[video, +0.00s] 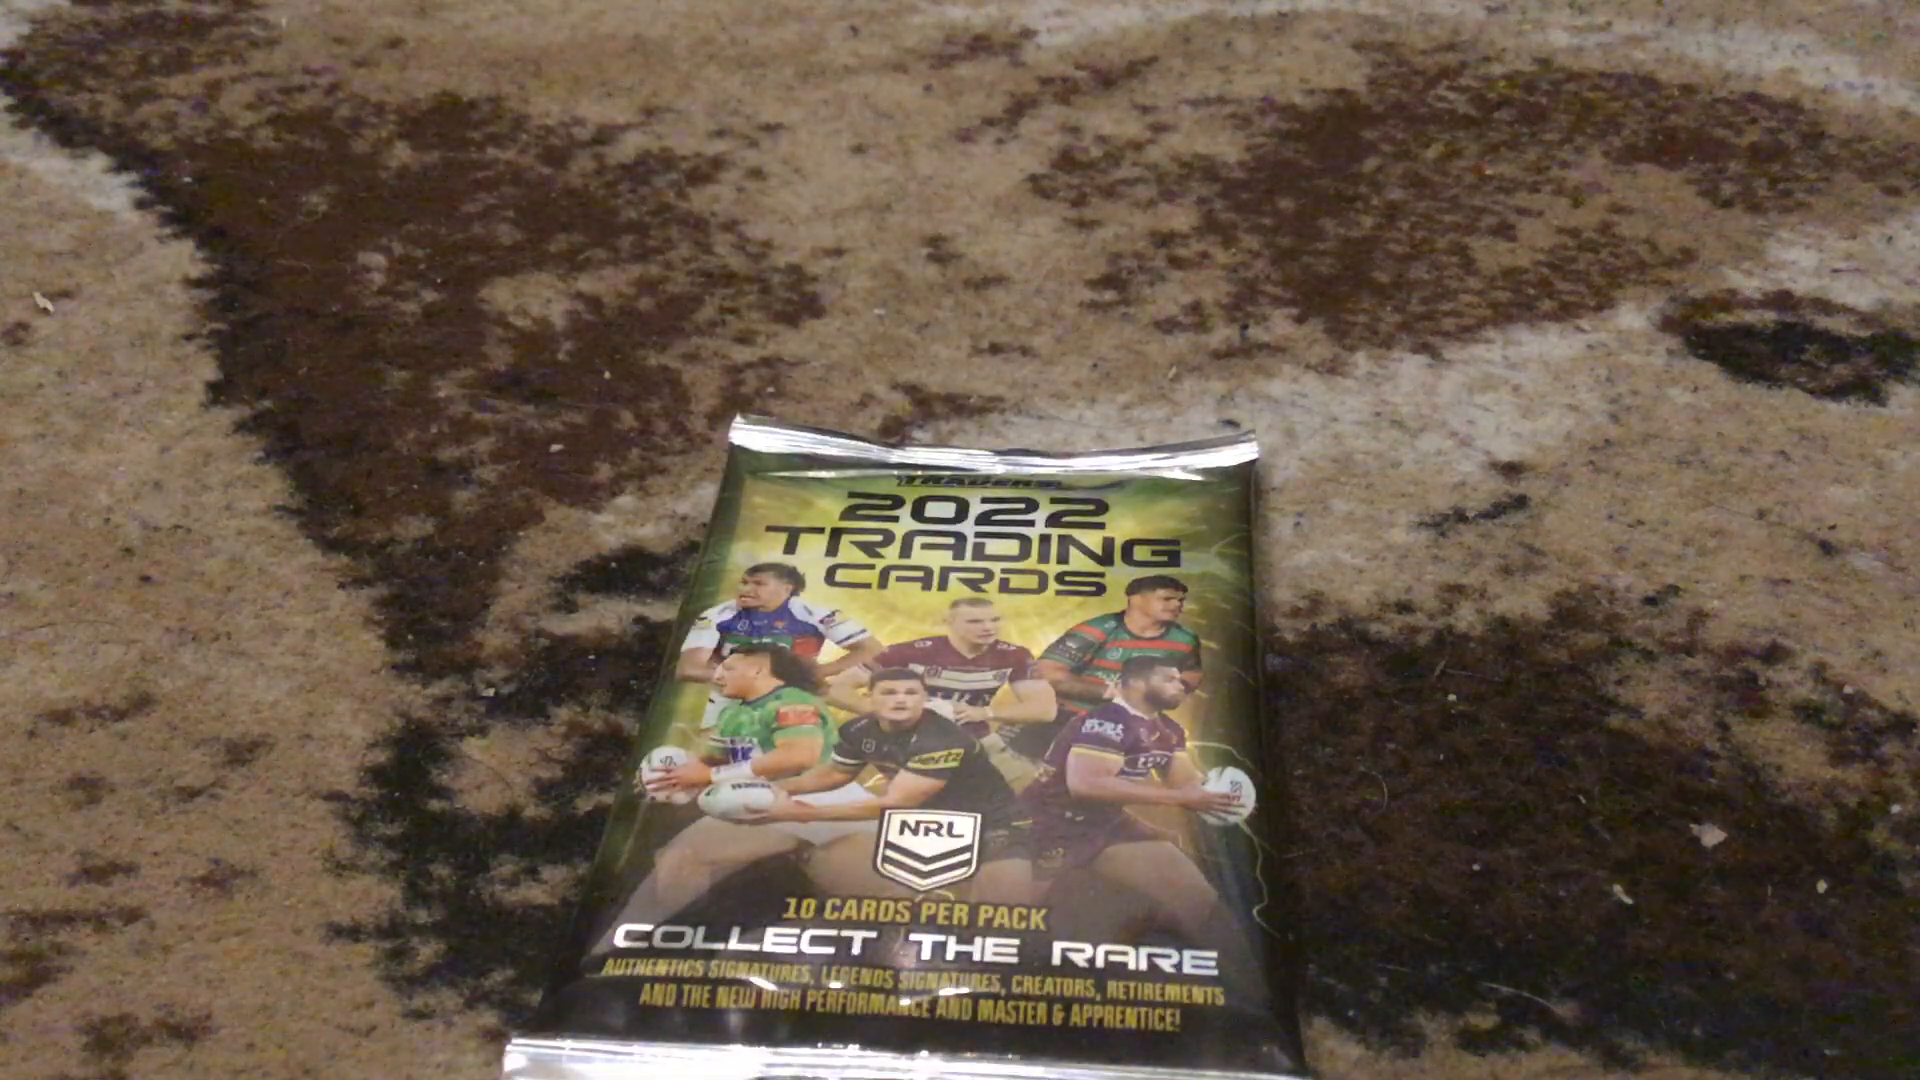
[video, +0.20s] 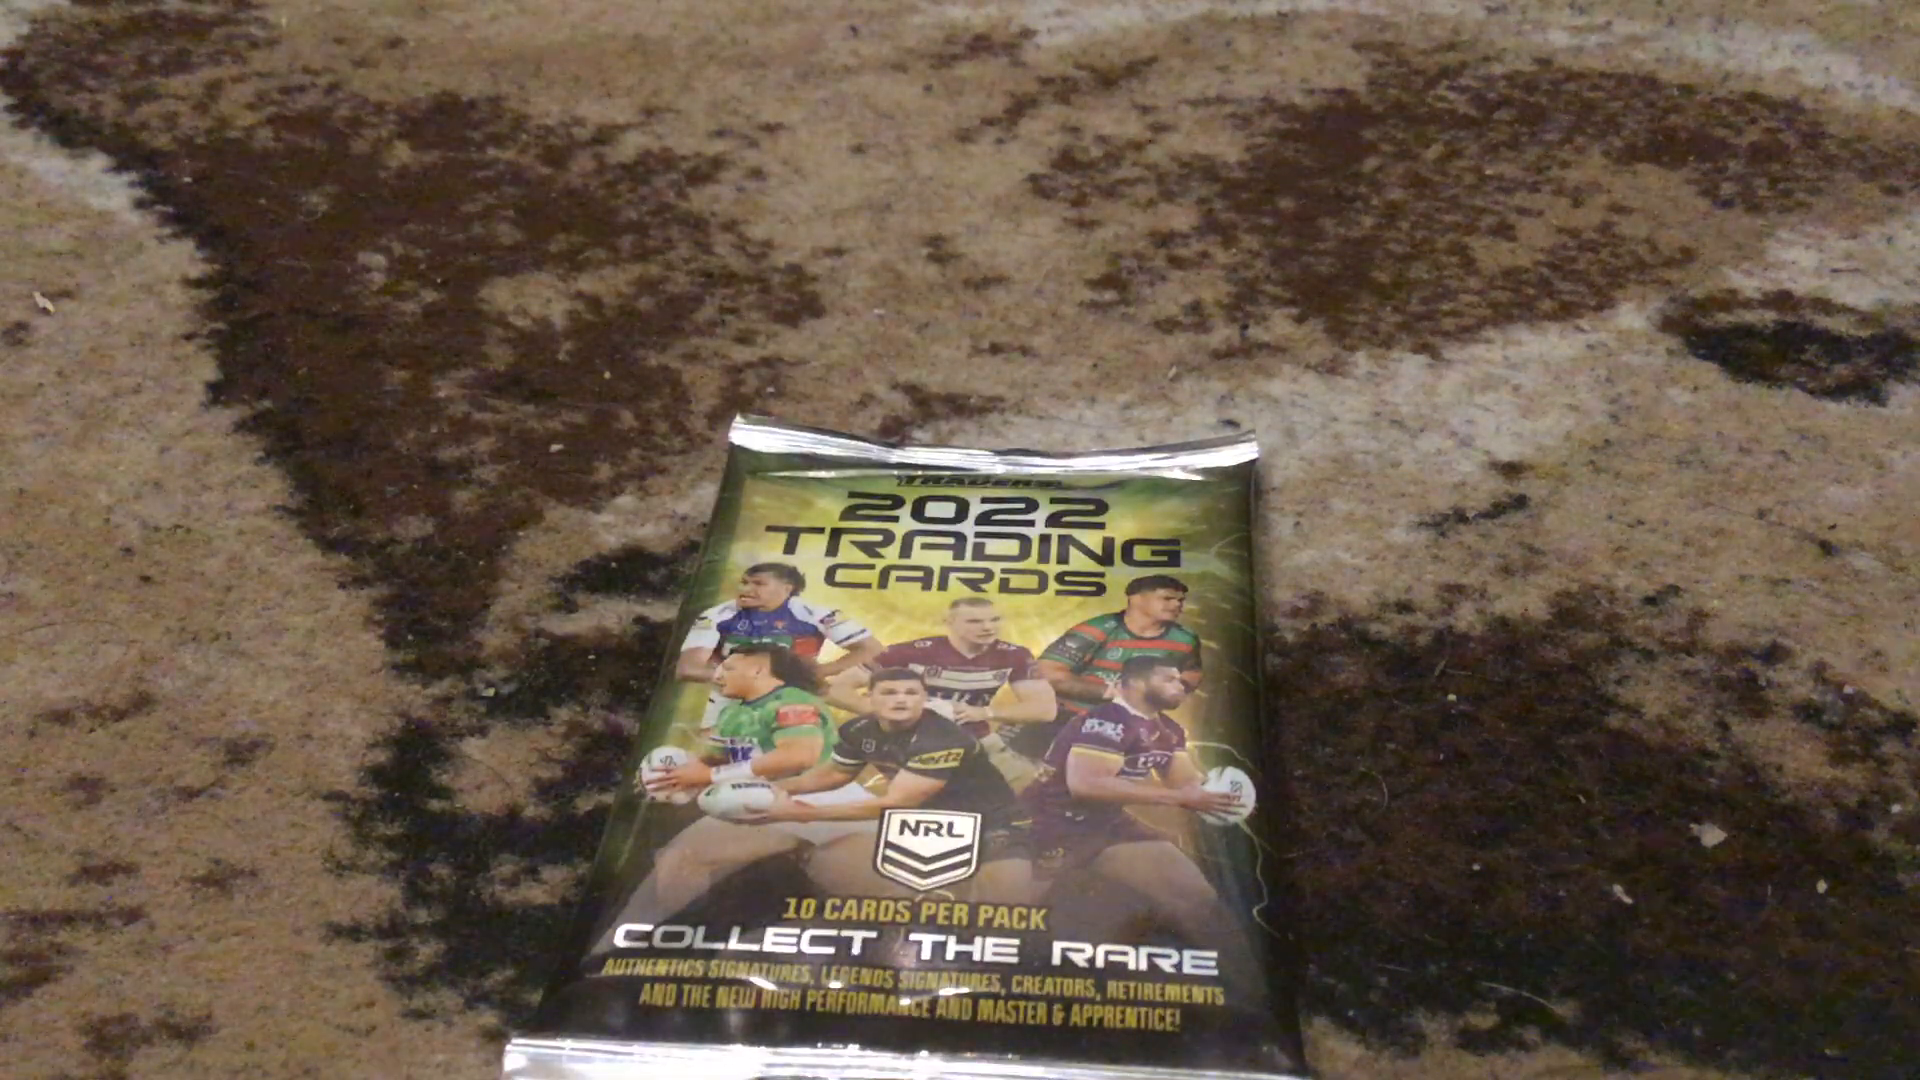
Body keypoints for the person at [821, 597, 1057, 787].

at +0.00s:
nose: (987, 629)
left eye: (993, 620)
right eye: (975, 621)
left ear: (999, 620)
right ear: (949, 623)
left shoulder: (1015, 657)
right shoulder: (914, 653)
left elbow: (1045, 709)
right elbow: (834, 689)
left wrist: (984, 713)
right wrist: (888, 710)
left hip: (984, 747)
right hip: (922, 747)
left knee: (1041, 787)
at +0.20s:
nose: (987, 628)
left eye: (993, 620)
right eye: (975, 621)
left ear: (1000, 621)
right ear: (950, 623)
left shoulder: (1014, 657)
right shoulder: (915, 653)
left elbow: (1045, 709)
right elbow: (834, 688)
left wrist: (983, 713)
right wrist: (892, 710)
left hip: (985, 748)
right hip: (922, 747)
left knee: (1040, 787)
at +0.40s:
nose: (987, 628)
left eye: (993, 620)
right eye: (975, 621)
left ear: (999, 620)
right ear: (950, 622)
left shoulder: (1014, 657)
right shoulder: (915, 653)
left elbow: (1045, 709)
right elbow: (834, 687)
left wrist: (987, 713)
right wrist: (886, 710)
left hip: (984, 748)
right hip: (922, 747)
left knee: (1039, 787)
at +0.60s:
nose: (987, 628)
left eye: (993, 620)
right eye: (975, 621)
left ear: (1000, 621)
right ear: (950, 623)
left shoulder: (1015, 657)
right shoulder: (915, 653)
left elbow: (1045, 709)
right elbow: (834, 687)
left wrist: (987, 713)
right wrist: (888, 710)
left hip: (985, 748)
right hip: (923, 746)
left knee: (1039, 787)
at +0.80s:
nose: (987, 628)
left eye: (992, 620)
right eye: (975, 621)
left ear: (999, 620)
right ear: (951, 622)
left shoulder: (1014, 657)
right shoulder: (918, 652)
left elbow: (1045, 709)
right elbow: (834, 688)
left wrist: (987, 713)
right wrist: (895, 712)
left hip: (983, 747)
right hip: (923, 744)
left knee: (1034, 784)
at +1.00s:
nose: (987, 628)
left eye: (993, 620)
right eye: (975, 621)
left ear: (999, 620)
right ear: (951, 622)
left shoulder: (1014, 657)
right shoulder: (916, 652)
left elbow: (1045, 709)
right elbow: (836, 689)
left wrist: (986, 712)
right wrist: (896, 711)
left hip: (984, 746)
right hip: (924, 745)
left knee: (1036, 784)